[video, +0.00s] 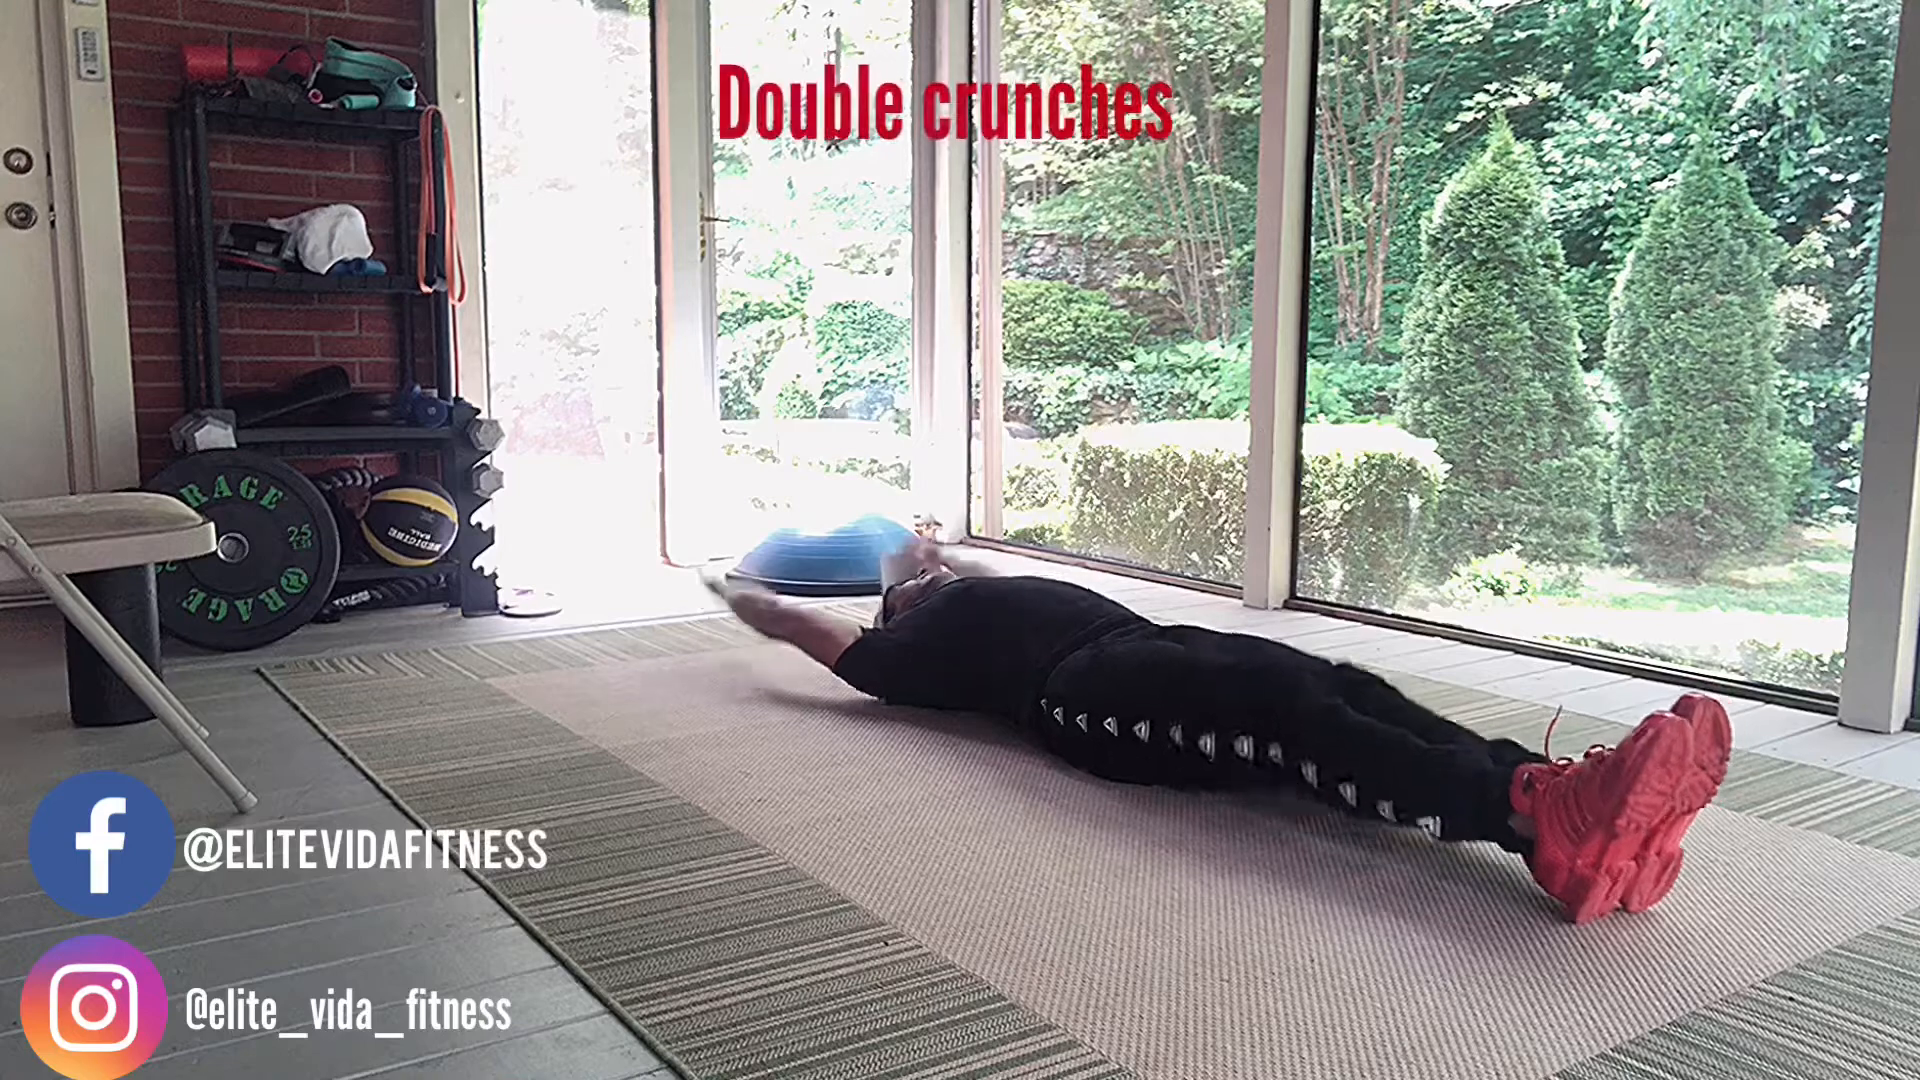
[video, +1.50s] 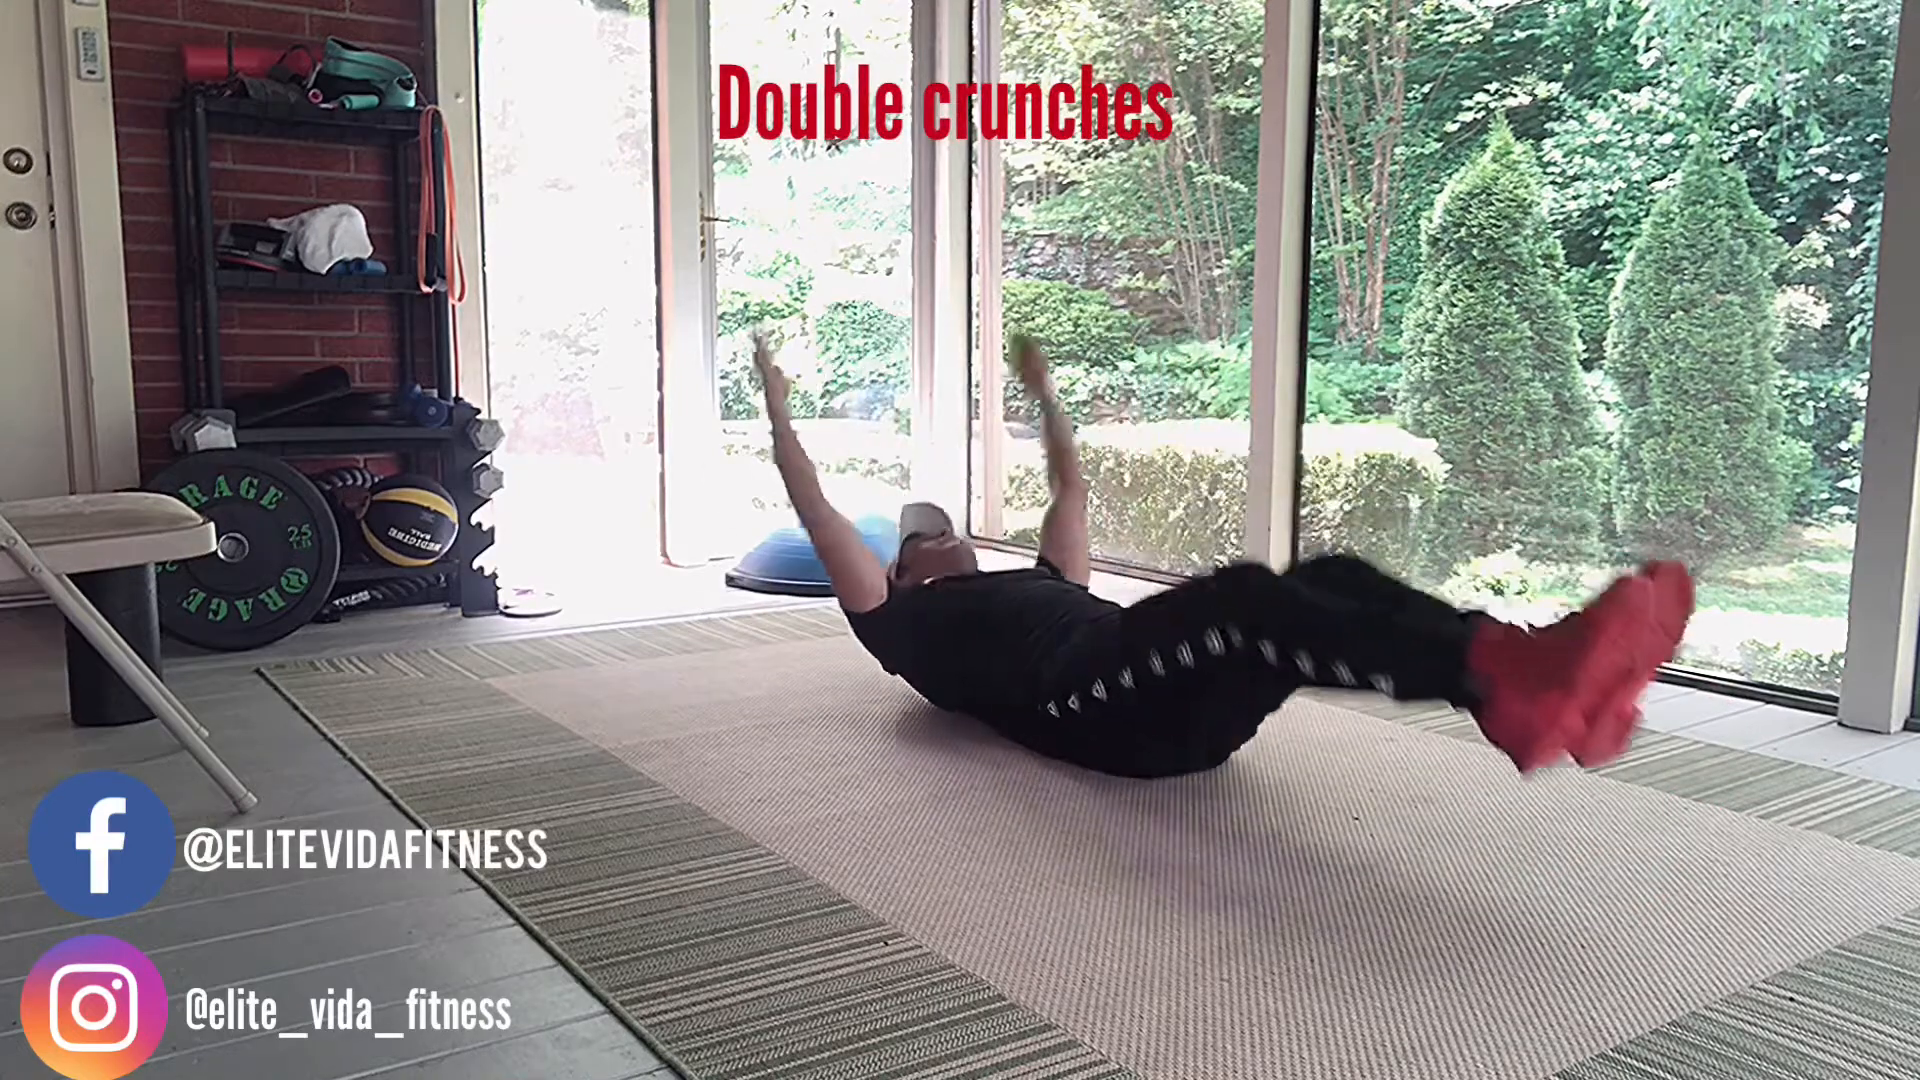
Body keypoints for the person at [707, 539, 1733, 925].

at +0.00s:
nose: (928, 543)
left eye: (932, 540)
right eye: (908, 550)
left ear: (950, 559)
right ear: (885, 587)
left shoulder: (1006, 585)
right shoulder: (882, 644)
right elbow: (748, 600)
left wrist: (945, 544)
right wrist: (793, 585)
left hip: (1144, 644)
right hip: (1077, 685)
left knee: (1335, 680)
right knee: (1283, 699)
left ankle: (1564, 839)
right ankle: (1545, 811)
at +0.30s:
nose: (970, 518)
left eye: (974, 512)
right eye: (948, 516)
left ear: (994, 536)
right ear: (907, 550)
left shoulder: (1042, 576)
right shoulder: (906, 620)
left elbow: (1094, 480)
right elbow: (828, 535)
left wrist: (1106, 367)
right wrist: (789, 446)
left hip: (1173, 685)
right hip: (1110, 715)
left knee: (1297, 530)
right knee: (1221, 549)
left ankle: (1484, 661)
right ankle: (1463, 670)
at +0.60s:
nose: (1025, 500)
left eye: (1025, 485)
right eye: (1004, 487)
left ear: (1034, 495)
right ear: (968, 499)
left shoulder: (1065, 556)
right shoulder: (931, 584)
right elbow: (976, 532)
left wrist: (1100, 457)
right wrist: (1039, 446)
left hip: (1180, 694)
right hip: (1085, 708)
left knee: (1174, 432)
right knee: (1088, 460)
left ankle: (1326, 509)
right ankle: (1270, 501)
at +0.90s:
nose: (1041, 494)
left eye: (1042, 481)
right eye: (1021, 483)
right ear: (971, 497)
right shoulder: (935, 572)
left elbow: (1221, 541)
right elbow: (998, 558)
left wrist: (1318, 496)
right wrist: (1079, 505)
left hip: (1189, 693)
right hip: (1088, 705)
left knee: (1150, 481)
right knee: (1068, 440)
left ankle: (1309, 502)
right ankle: (1235, 463)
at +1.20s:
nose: (972, 500)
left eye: (980, 492)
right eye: (955, 492)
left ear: (997, 512)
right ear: (921, 514)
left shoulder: (1054, 566)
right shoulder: (917, 600)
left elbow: (1155, 479)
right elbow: (906, 479)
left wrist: (1213, 369)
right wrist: (919, 352)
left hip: (1175, 703)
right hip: (1093, 705)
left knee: (1235, 474)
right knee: (1151, 477)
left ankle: (1389, 535)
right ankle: (1361, 553)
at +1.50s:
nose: (946, 539)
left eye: (953, 531)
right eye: (925, 540)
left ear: (981, 551)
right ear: (898, 573)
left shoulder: (1038, 587)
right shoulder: (901, 622)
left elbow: (1067, 502)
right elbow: (822, 520)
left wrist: (1045, 407)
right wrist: (781, 423)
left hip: (1147, 668)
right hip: (1087, 707)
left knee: (1324, 574)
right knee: (1255, 600)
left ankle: (1535, 684)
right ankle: (1509, 686)